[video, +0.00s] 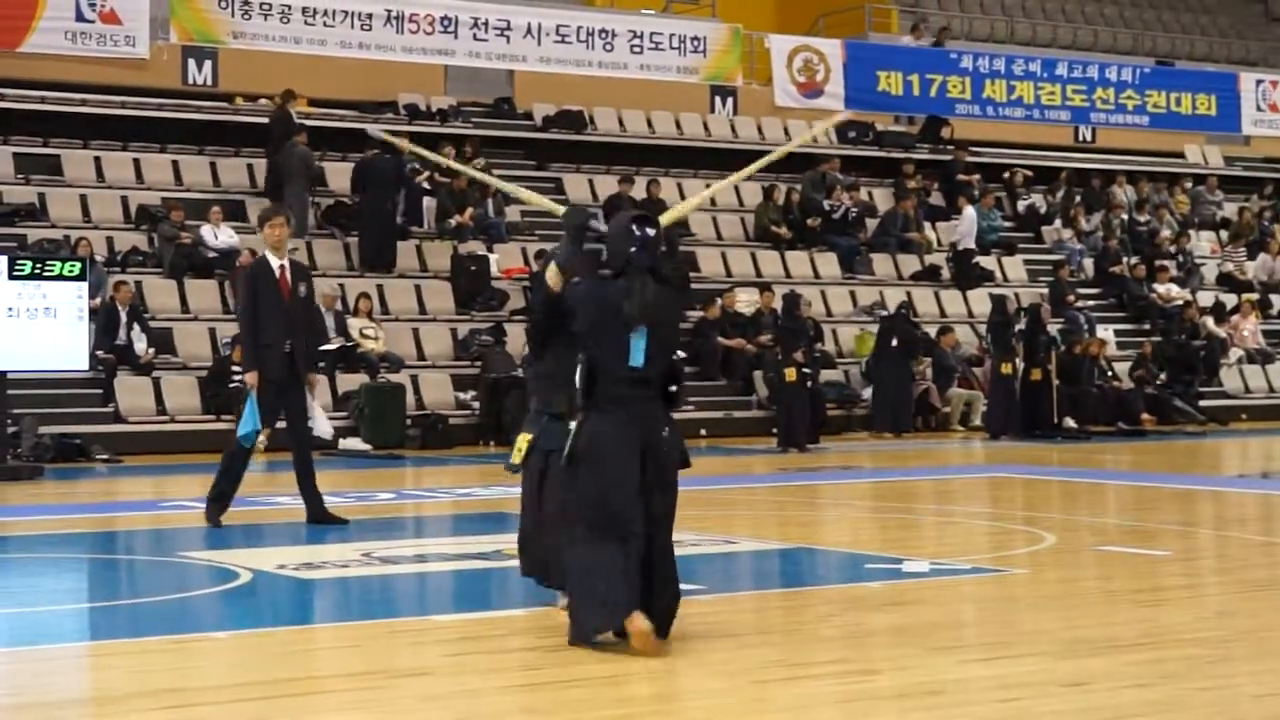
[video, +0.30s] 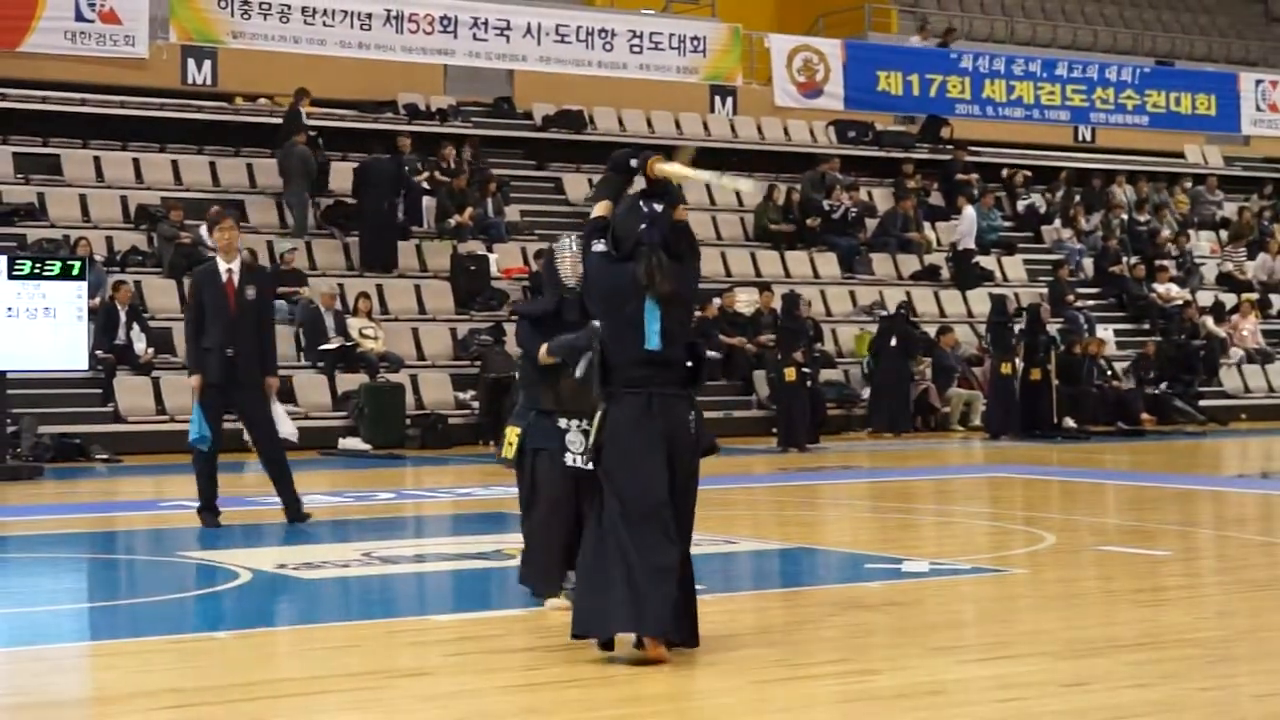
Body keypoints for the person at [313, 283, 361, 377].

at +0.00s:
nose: (334, 302)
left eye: (335, 299)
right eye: (331, 299)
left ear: (337, 299)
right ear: (323, 298)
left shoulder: (339, 314)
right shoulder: (314, 313)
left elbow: (345, 334)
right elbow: (313, 337)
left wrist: (341, 340)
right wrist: (327, 341)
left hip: (340, 344)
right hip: (324, 345)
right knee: (330, 357)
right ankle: (332, 390)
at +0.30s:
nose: (334, 301)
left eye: (335, 298)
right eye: (331, 298)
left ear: (336, 299)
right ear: (322, 298)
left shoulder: (339, 314)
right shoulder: (311, 313)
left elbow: (345, 335)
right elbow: (310, 338)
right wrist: (326, 342)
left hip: (339, 346)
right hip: (321, 347)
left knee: (351, 355)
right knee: (330, 356)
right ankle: (331, 389)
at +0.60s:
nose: (330, 297)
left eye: (332, 294)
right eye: (327, 293)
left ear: (335, 297)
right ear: (321, 296)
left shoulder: (340, 314)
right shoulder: (312, 312)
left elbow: (346, 334)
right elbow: (310, 339)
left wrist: (340, 338)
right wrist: (327, 340)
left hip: (339, 345)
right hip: (320, 346)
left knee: (351, 352)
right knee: (332, 354)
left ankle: (353, 383)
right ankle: (332, 386)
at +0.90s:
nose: (329, 296)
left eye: (332, 293)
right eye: (326, 292)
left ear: (336, 295)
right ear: (321, 294)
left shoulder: (342, 313)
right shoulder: (313, 313)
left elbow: (348, 334)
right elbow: (310, 338)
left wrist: (340, 337)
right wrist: (325, 338)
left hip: (341, 345)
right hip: (321, 346)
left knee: (354, 351)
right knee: (333, 353)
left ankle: (353, 384)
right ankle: (332, 386)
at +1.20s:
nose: (330, 295)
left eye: (333, 292)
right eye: (327, 292)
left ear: (337, 295)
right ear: (321, 294)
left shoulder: (343, 312)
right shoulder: (314, 312)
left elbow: (349, 334)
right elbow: (312, 339)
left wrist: (341, 338)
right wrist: (328, 340)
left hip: (342, 344)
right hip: (322, 346)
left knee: (355, 352)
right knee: (335, 353)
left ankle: (354, 383)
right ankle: (335, 385)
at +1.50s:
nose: (331, 294)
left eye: (334, 291)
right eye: (328, 291)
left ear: (339, 294)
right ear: (323, 294)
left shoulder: (345, 311)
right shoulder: (315, 311)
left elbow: (351, 334)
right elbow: (314, 339)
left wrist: (343, 338)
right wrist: (329, 339)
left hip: (344, 344)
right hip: (323, 346)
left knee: (356, 348)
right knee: (338, 350)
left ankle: (357, 381)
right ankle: (334, 383)